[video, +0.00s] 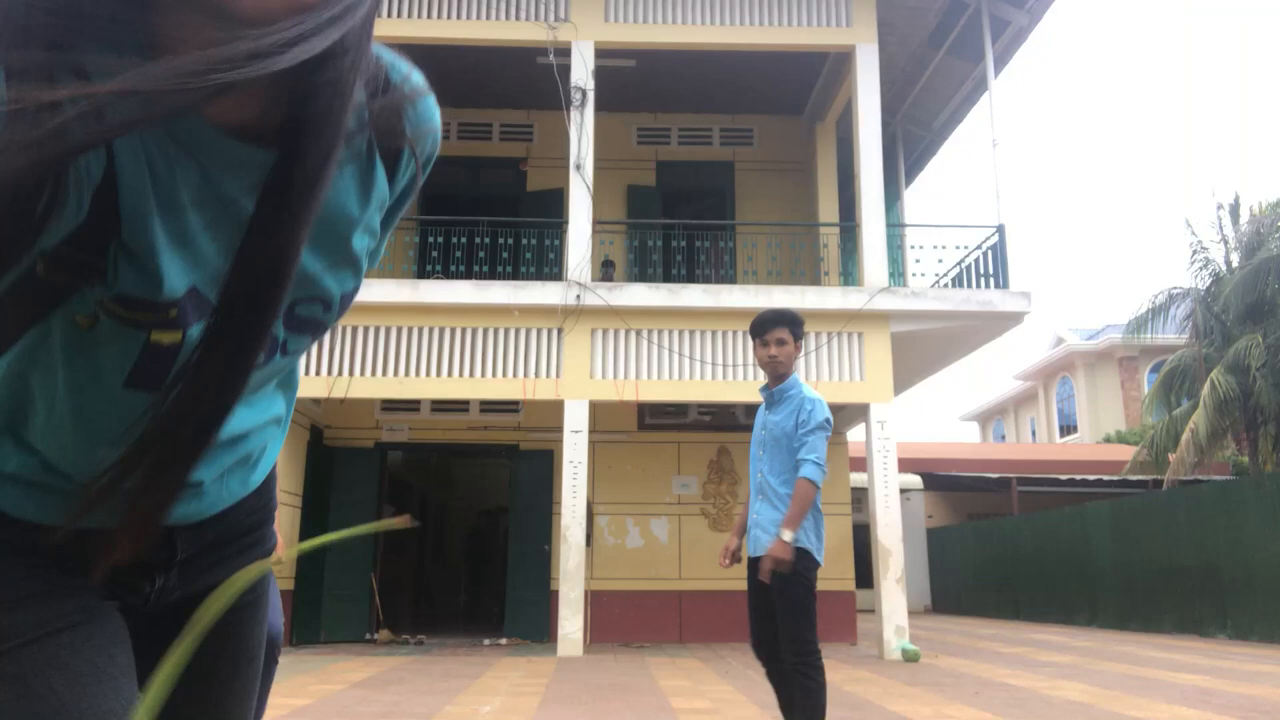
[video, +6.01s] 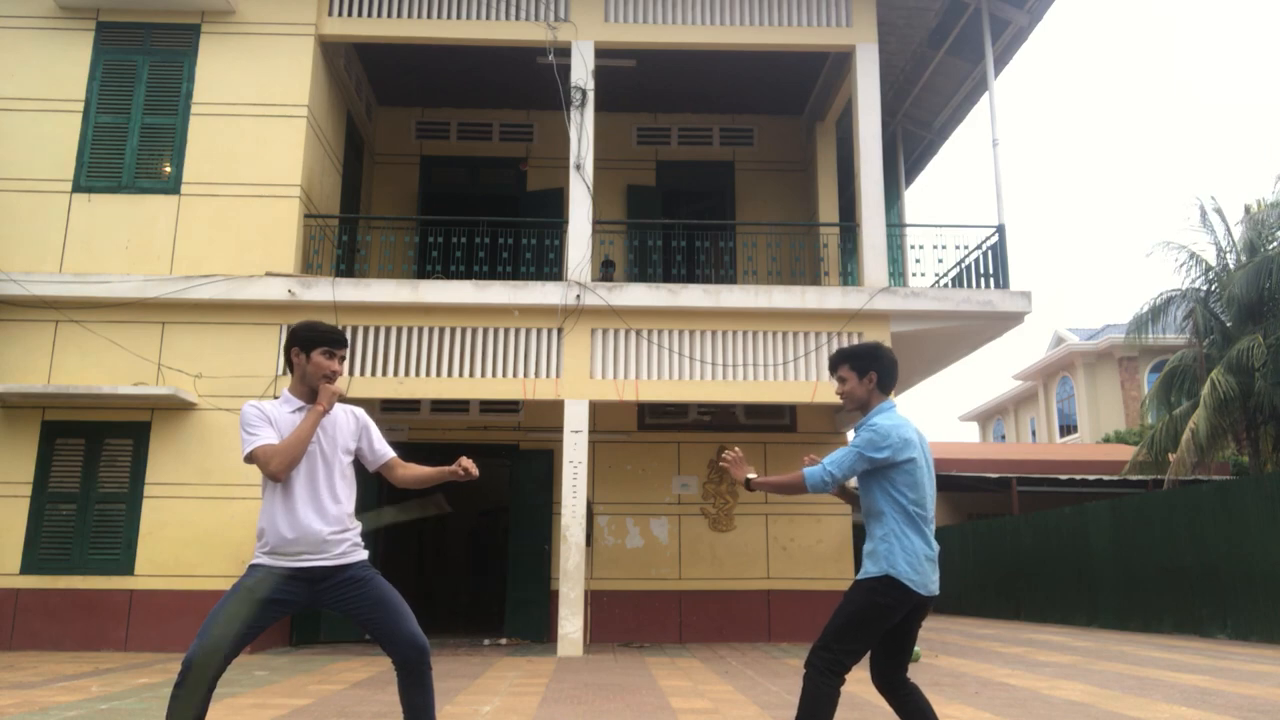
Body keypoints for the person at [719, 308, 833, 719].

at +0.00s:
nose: (773, 352)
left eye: (782, 343)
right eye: (765, 345)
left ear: (798, 348)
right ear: (755, 352)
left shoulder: (810, 405)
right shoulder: (766, 408)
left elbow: (811, 474)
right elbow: (762, 481)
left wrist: (786, 536)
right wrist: (738, 532)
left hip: (793, 545)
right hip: (761, 545)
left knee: (799, 651)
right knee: (766, 647)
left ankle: (810, 719)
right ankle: (796, 716)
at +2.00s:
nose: (665, 356)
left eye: (671, 348)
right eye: (665, 348)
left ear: (696, 350)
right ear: (690, 353)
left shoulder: (720, 402)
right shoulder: (695, 406)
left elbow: (710, 474)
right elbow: (687, 480)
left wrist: (699, 535)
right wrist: (669, 538)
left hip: (709, 542)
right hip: (692, 542)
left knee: (678, 641)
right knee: (701, 647)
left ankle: (705, 713)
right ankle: (707, 714)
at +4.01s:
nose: (837, 374)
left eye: (844, 365)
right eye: (837, 366)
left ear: (873, 367)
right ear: (864, 369)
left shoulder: (898, 425)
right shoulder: (858, 426)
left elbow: (878, 491)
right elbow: (801, 450)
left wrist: (831, 522)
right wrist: (742, 425)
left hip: (893, 564)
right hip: (883, 564)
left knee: (824, 664)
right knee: (887, 672)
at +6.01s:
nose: (837, 390)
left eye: (843, 380)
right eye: (836, 381)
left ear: (870, 380)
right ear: (870, 382)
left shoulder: (882, 430)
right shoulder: (904, 430)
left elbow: (819, 477)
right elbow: (878, 506)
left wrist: (750, 480)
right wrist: (834, 482)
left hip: (890, 574)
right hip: (918, 576)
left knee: (824, 667)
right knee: (889, 677)